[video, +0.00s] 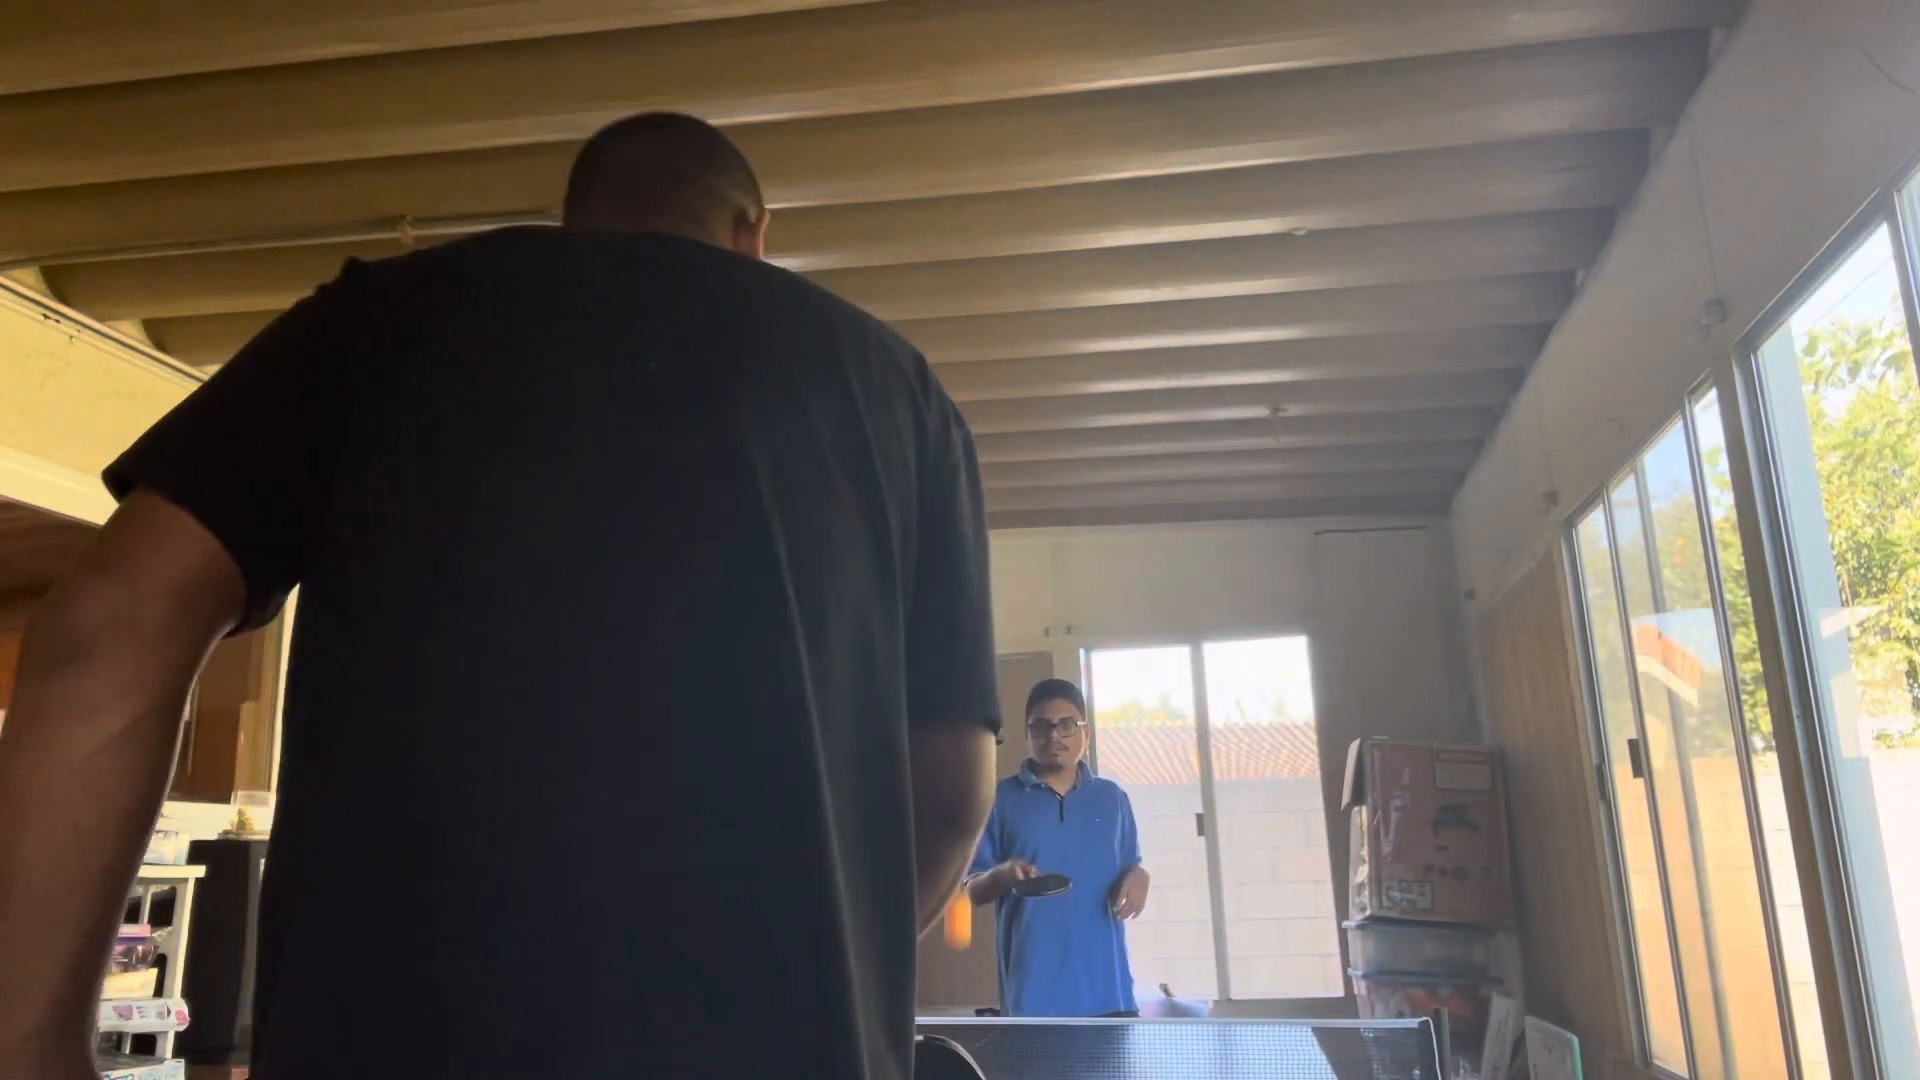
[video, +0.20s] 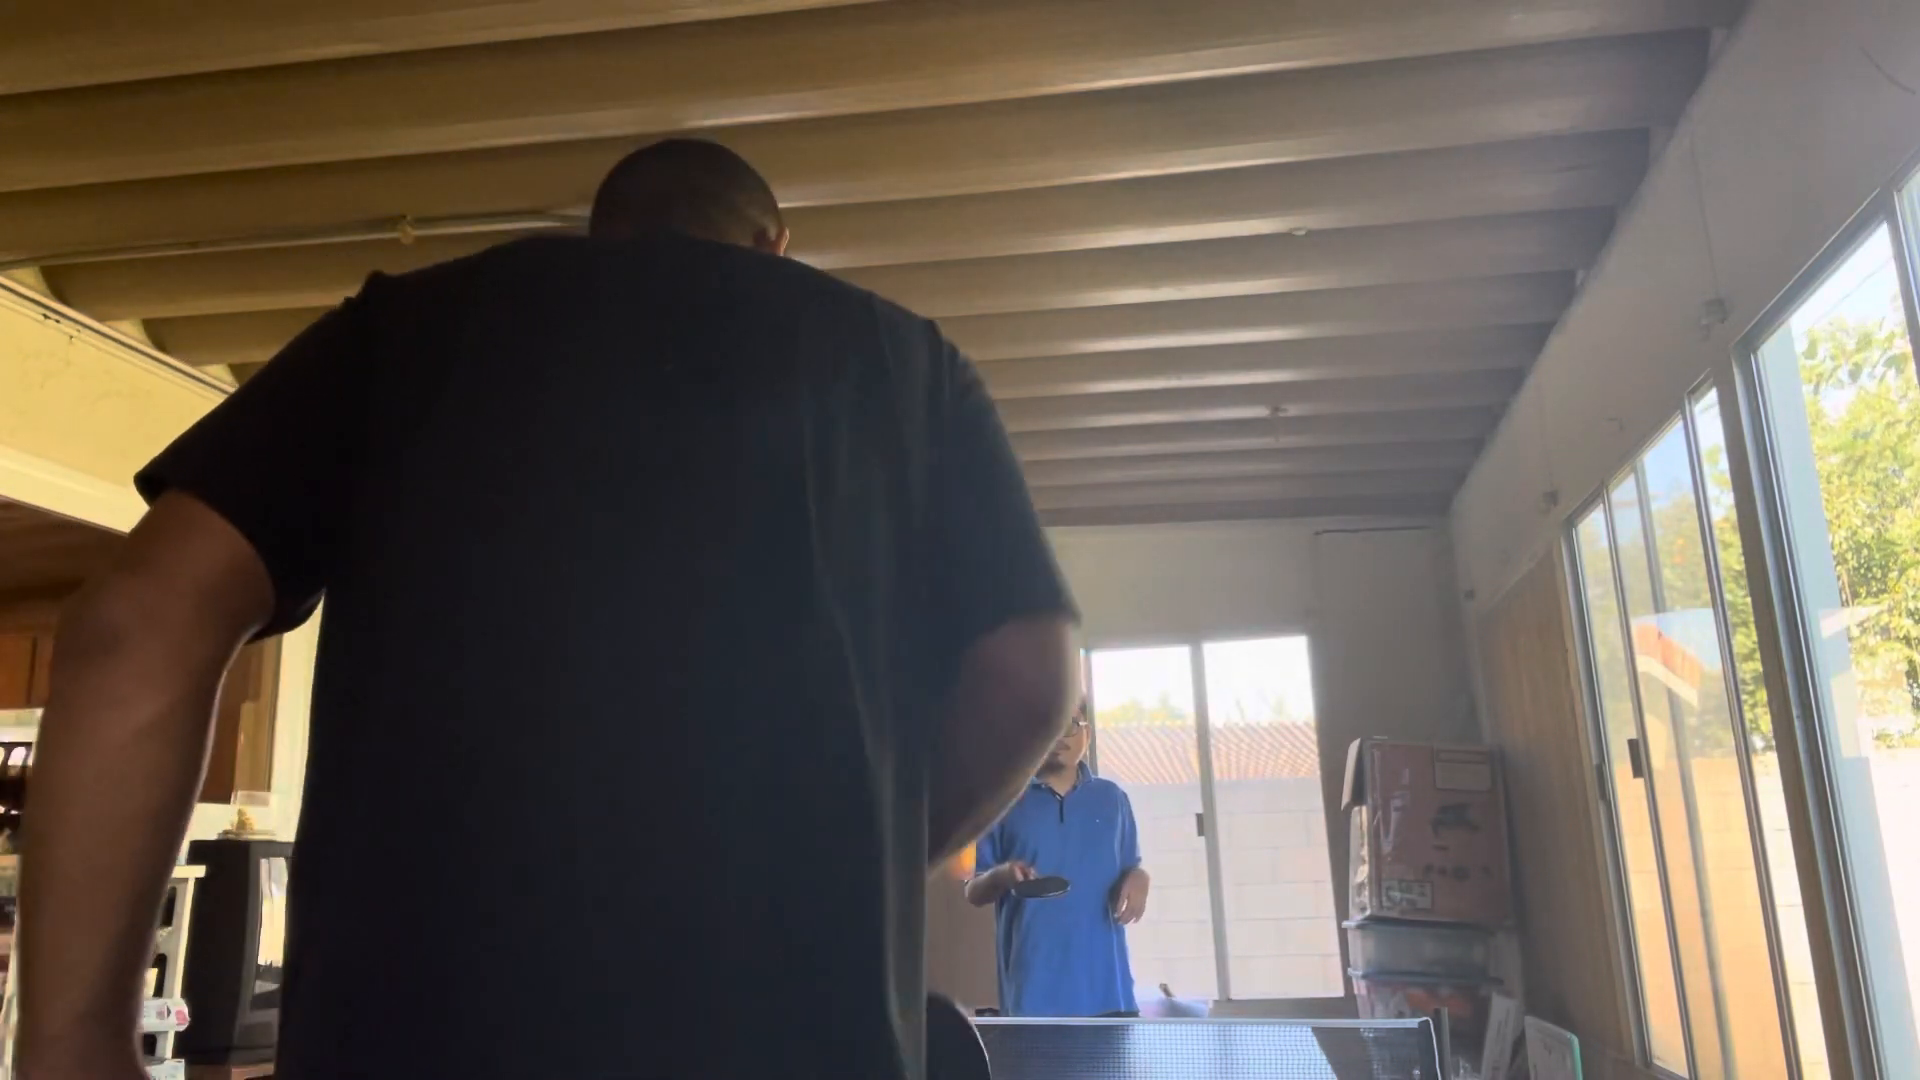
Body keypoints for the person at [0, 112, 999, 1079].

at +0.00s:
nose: (764, 257)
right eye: (766, 237)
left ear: (563, 217)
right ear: (751, 231)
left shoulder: (382, 310)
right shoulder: (893, 379)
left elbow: (107, 635)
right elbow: (949, 797)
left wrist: (38, 1043)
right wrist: (858, 968)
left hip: (388, 1034)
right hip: (785, 1043)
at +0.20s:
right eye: (785, 253)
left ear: (586, 231)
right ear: (771, 245)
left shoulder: (404, 324)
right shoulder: (899, 353)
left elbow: (142, 620)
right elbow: (1031, 681)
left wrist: (72, 1040)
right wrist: (870, 859)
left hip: (412, 1028)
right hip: (798, 1041)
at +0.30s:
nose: (786, 260)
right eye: (791, 246)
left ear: (592, 225)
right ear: (782, 246)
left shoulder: (409, 328)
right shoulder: (894, 333)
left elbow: (149, 642)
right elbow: (1072, 582)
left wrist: (104, 1048)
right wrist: (911, 789)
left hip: (429, 1025)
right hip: (824, 1030)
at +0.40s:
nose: (788, 253)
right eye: (788, 238)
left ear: (591, 229)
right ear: (779, 237)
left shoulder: (406, 336)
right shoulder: (889, 317)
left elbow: (158, 656)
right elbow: (1092, 516)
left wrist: (137, 1061)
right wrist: (939, 745)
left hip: (440, 1029)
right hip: (840, 1030)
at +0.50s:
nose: (796, 252)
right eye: (792, 237)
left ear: (590, 234)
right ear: (779, 232)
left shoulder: (410, 344)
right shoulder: (892, 315)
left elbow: (164, 676)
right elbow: (1094, 544)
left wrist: (165, 1064)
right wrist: (971, 763)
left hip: (452, 1028)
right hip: (862, 1029)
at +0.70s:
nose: (814, 250)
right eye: (812, 236)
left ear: (615, 228)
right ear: (805, 237)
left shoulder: (432, 338)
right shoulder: (924, 333)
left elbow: (176, 683)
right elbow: (1105, 664)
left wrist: (212, 1060)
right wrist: (926, 681)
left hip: (482, 1039)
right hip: (881, 1044)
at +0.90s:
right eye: (826, 232)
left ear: (630, 221)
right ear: (821, 233)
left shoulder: (457, 334)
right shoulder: (946, 339)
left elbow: (199, 675)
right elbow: (1135, 650)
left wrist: (226, 1060)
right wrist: (990, 606)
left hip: (485, 1040)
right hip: (866, 1043)